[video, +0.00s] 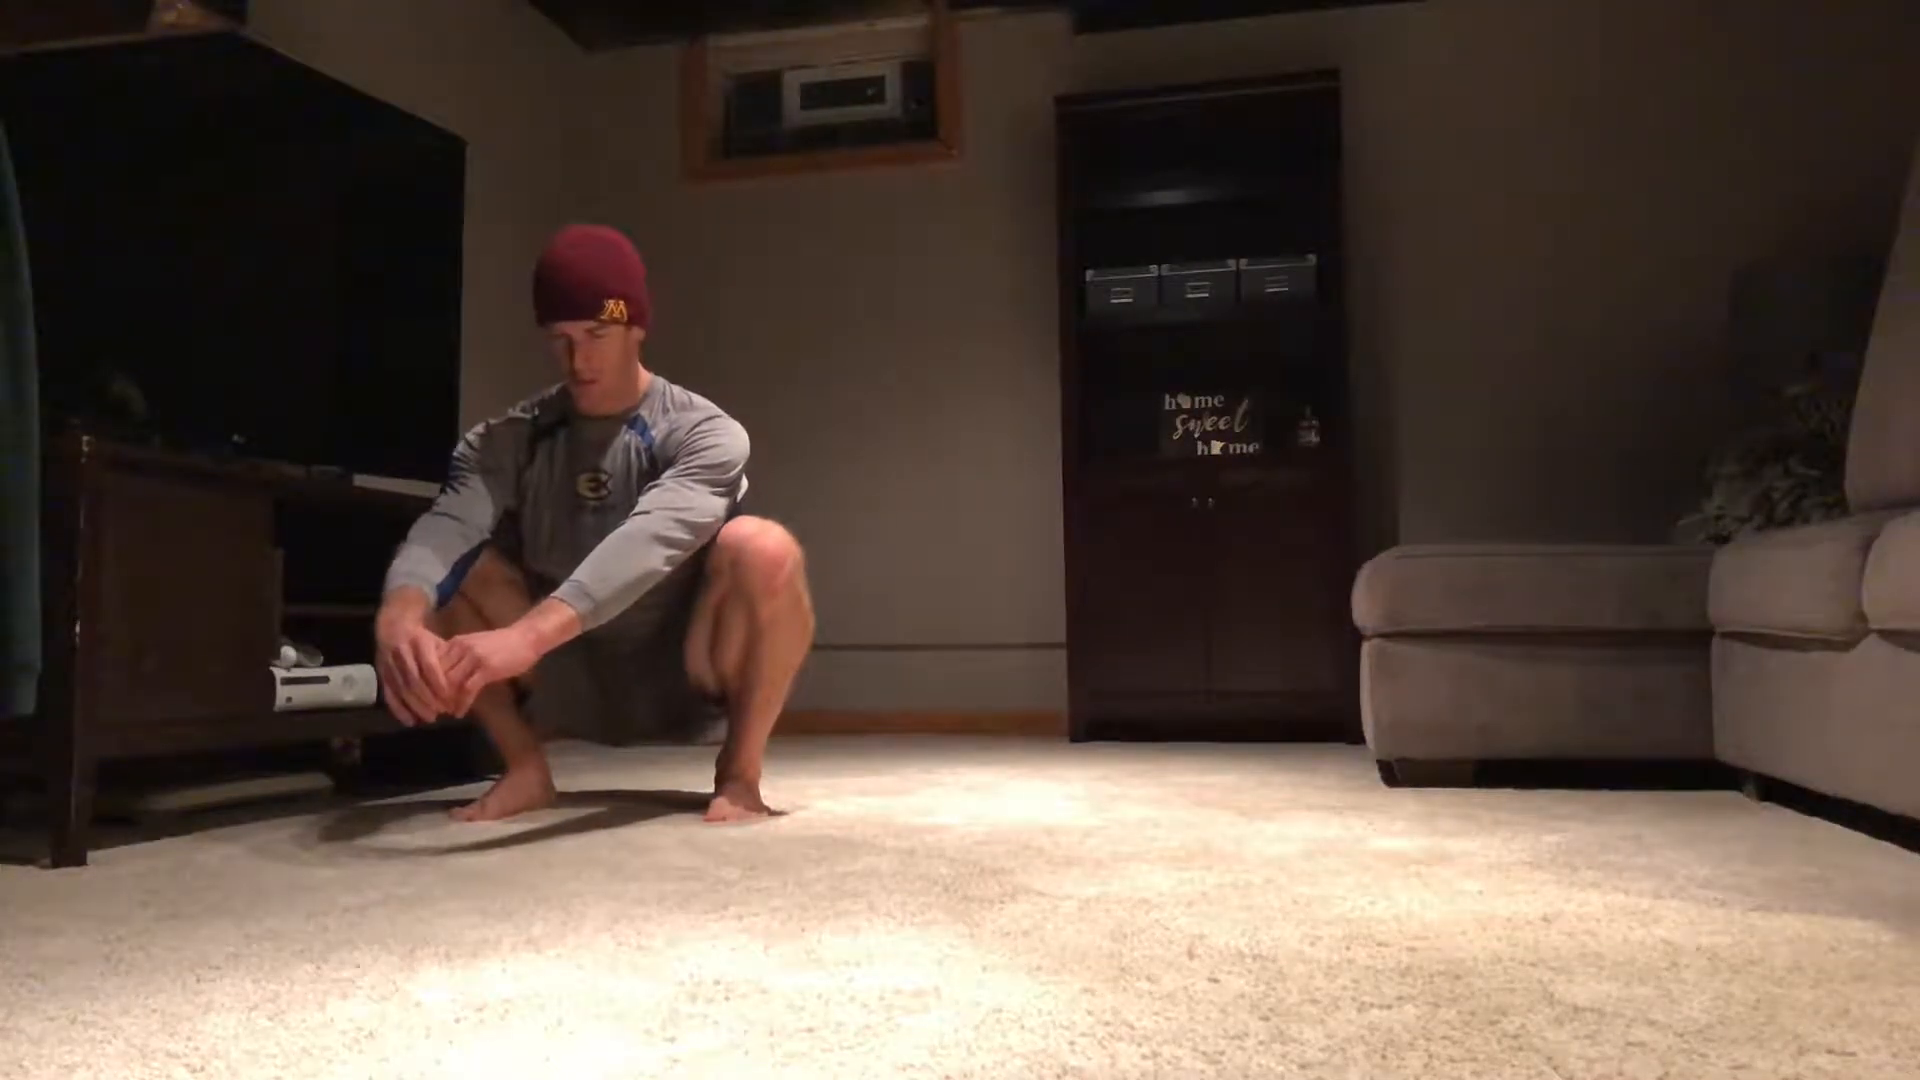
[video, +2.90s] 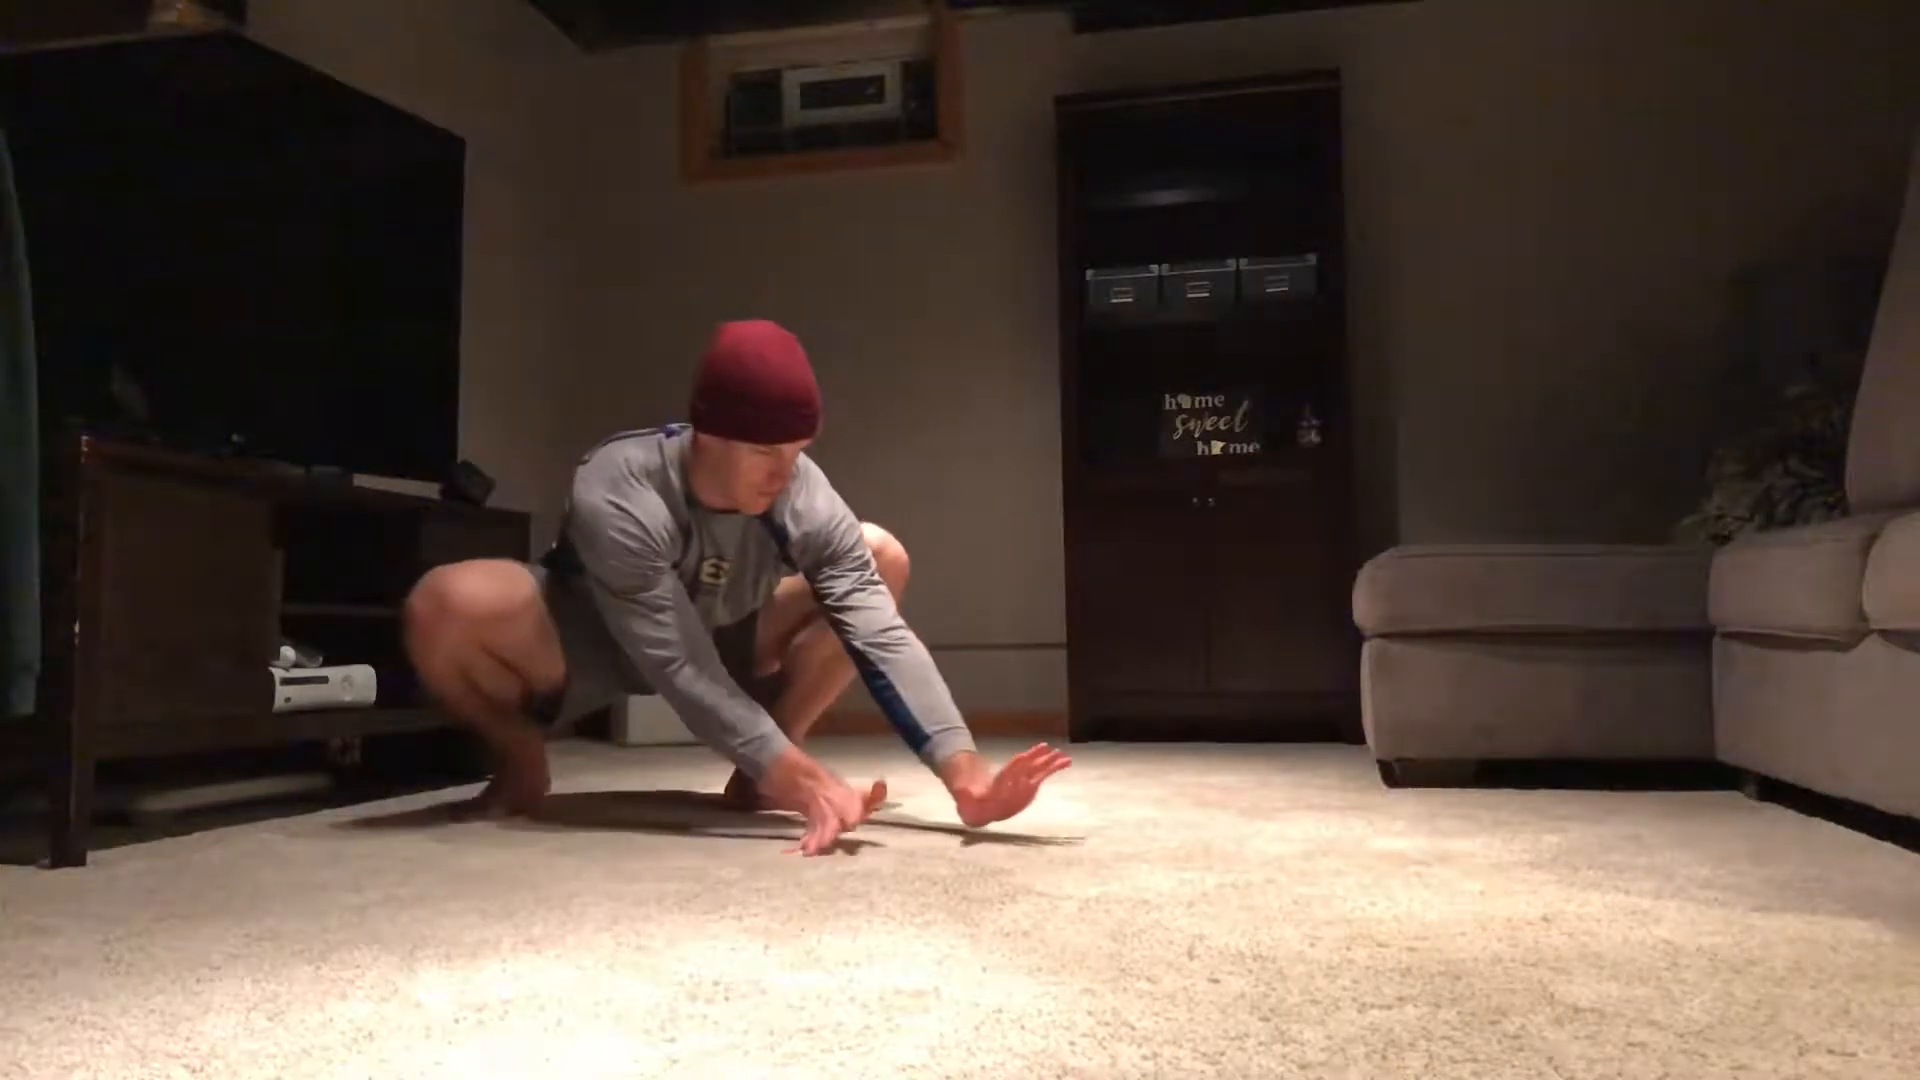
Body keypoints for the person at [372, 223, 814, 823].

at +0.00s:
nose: (578, 363)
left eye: (595, 338)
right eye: (562, 342)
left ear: (637, 330)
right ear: (546, 339)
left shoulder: (707, 436)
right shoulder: (505, 441)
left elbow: (645, 547)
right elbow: (443, 529)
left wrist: (523, 639)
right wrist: (398, 614)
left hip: (681, 679)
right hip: (569, 682)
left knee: (763, 546)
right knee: (447, 571)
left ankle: (741, 778)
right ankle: (524, 770)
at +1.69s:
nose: (629, 387)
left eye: (639, 367)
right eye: (608, 368)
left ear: (650, 362)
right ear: (554, 362)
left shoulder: (682, 465)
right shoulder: (466, 461)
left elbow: (639, 607)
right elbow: (429, 578)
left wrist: (560, 732)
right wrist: (439, 699)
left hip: (649, 668)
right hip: (533, 672)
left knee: (797, 532)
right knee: (390, 584)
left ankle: (754, 770)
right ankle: (511, 772)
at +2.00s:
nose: (642, 404)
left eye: (654, 384)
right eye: (622, 386)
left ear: (667, 375)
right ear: (569, 378)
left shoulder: (694, 479)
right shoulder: (478, 468)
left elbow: (668, 621)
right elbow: (451, 600)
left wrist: (611, 755)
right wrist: (500, 734)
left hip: (659, 670)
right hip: (545, 674)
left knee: (802, 531)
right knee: (395, 586)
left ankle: (754, 769)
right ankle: (525, 776)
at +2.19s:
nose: (659, 414)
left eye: (671, 394)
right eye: (638, 394)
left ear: (684, 387)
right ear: (586, 387)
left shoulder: (709, 487)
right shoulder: (493, 474)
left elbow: (703, 627)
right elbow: (496, 619)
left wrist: (674, 745)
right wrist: (569, 744)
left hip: (663, 679)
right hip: (549, 683)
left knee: (810, 533)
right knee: (402, 585)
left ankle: (757, 768)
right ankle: (526, 771)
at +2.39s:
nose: (684, 428)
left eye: (696, 406)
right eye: (662, 408)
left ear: (706, 397)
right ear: (608, 400)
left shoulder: (730, 490)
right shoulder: (520, 480)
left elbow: (759, 624)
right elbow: (559, 632)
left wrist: (773, 749)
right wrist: (673, 751)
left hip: (683, 670)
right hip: (565, 677)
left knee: (824, 536)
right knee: (417, 588)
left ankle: (757, 766)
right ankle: (525, 773)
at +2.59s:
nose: (720, 449)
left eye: (733, 430)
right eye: (701, 431)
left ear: (744, 418)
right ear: (645, 415)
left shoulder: (751, 492)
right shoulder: (557, 491)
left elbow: (814, 628)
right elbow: (623, 651)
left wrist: (871, 757)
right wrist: (739, 762)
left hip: (690, 656)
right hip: (577, 664)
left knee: (838, 538)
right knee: (428, 595)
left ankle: (771, 762)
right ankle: (525, 772)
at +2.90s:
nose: (786, 469)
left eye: (796, 449)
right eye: (765, 449)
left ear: (806, 441)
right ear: (709, 435)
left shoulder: (804, 494)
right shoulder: (617, 496)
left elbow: (879, 633)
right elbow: (680, 669)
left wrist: (968, 778)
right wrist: (807, 779)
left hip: (717, 635)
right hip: (598, 630)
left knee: (880, 555)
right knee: (443, 610)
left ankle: (752, 774)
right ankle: (520, 766)